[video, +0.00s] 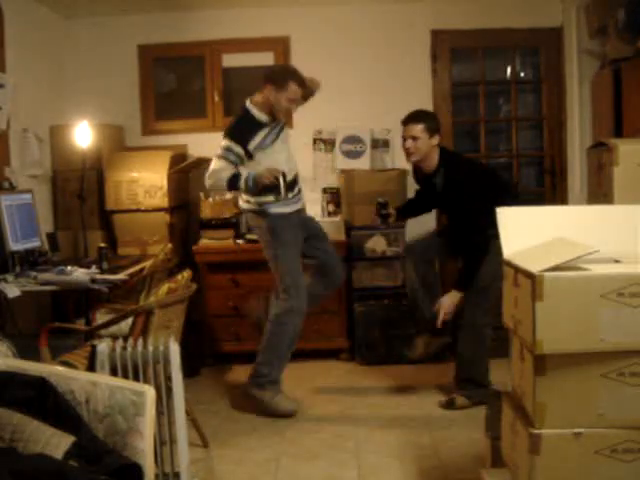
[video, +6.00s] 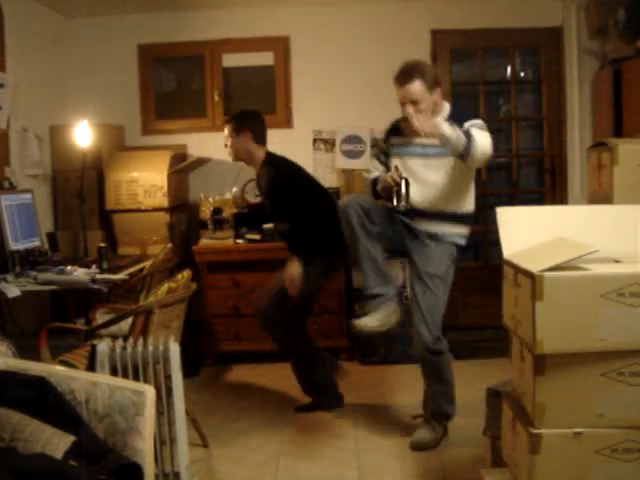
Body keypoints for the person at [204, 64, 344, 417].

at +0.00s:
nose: (291, 109)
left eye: (294, 103)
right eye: (288, 102)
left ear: (281, 96)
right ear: (269, 93)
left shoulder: (273, 114)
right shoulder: (245, 126)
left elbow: (292, 102)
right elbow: (214, 179)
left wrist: (304, 89)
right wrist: (254, 179)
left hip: (297, 214)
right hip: (273, 219)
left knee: (332, 273)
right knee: (292, 298)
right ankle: (263, 385)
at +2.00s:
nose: (273, 107)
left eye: (274, 100)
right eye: (263, 103)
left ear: (278, 97)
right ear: (242, 108)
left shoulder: (301, 126)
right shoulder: (231, 155)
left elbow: (352, 143)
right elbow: (213, 204)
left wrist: (345, 129)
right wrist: (239, 211)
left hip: (310, 229)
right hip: (268, 238)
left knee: (323, 286)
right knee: (273, 322)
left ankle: (294, 327)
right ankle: (278, 406)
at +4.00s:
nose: (372, 75)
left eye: (370, 68)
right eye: (371, 68)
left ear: (340, 65)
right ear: (365, 68)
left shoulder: (361, 109)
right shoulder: (327, 109)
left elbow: (393, 140)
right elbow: (294, 166)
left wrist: (398, 163)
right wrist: (346, 194)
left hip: (356, 219)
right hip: (340, 221)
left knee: (360, 310)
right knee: (402, 300)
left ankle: (339, 402)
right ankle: (392, 398)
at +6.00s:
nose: (409, 112)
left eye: (416, 102)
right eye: (403, 104)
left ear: (438, 97)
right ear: (399, 103)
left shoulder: (465, 128)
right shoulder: (395, 135)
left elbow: (481, 153)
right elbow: (374, 172)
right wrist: (384, 183)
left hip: (439, 238)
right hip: (400, 226)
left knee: (427, 336)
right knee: (352, 207)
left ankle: (437, 417)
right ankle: (383, 297)